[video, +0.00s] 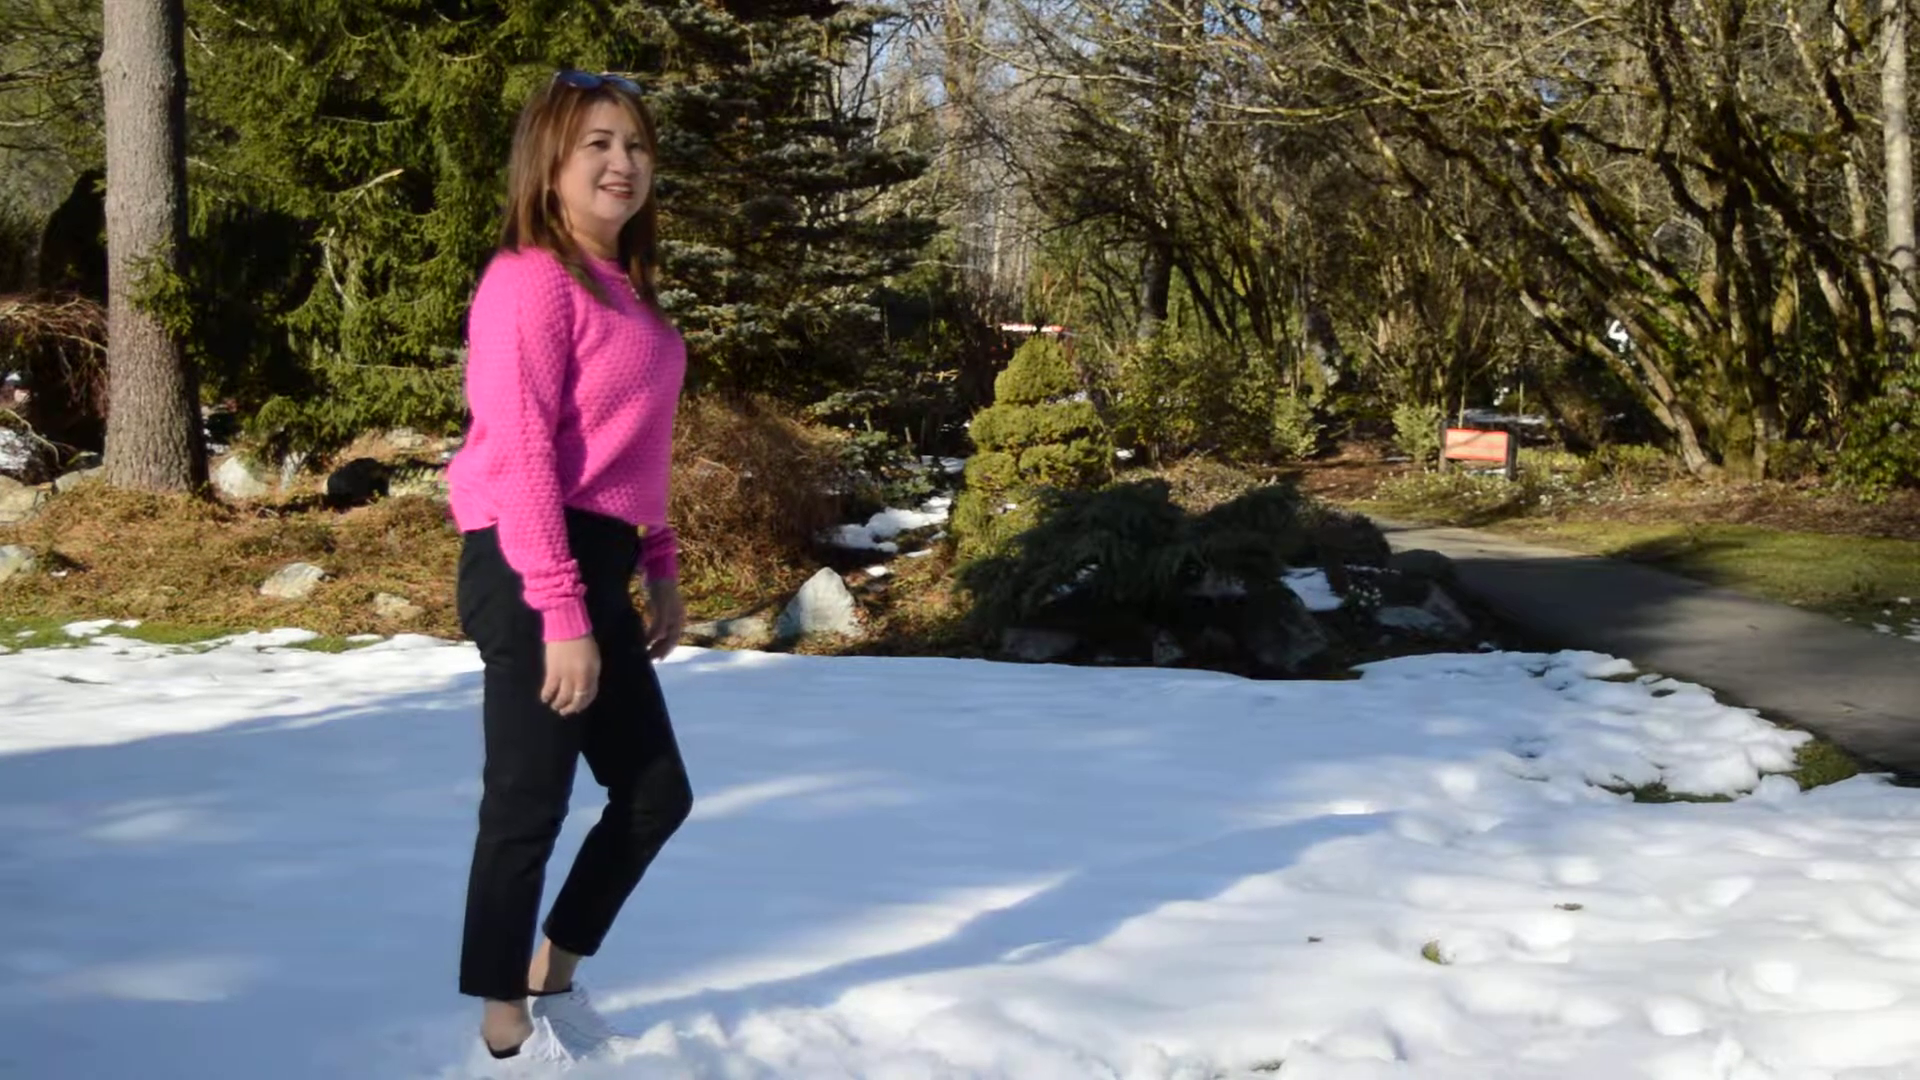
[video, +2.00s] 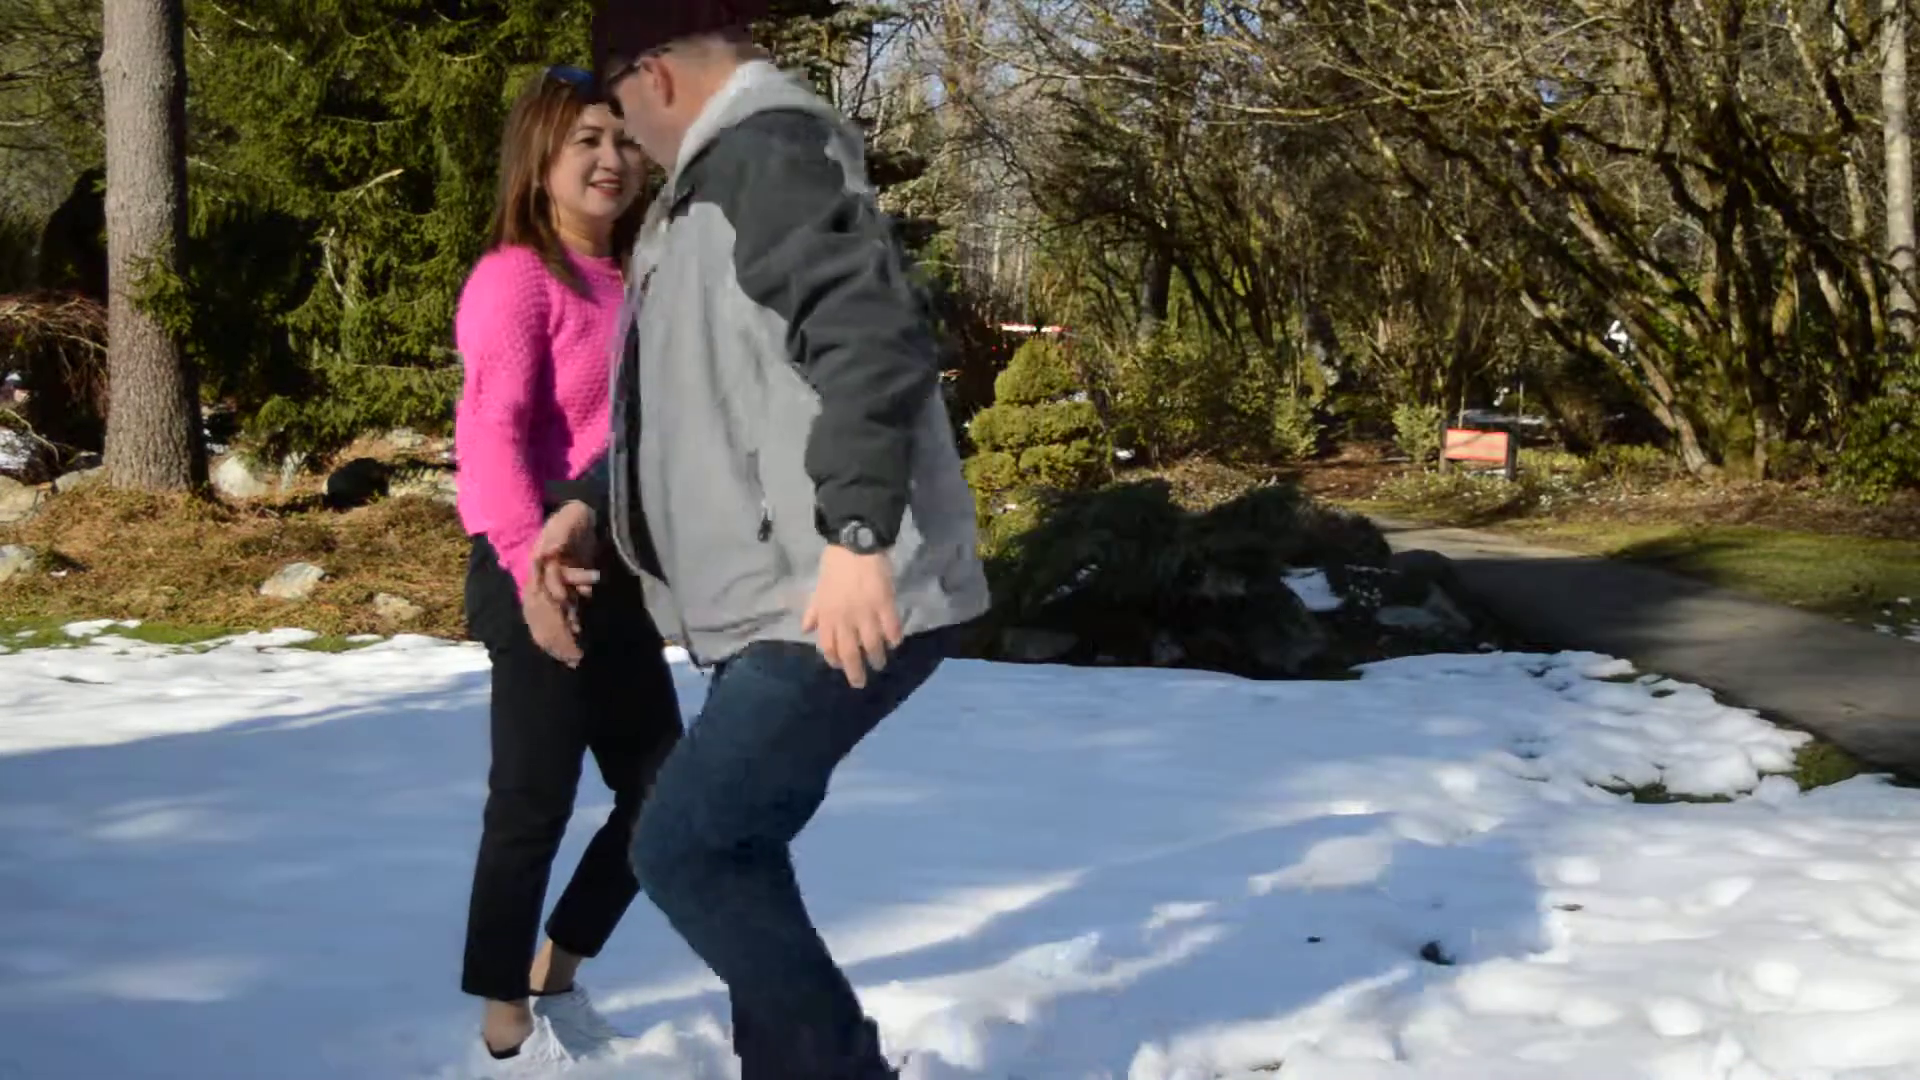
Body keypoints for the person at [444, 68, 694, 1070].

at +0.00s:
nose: (623, 163)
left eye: (636, 146)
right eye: (599, 143)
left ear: (650, 170)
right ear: (550, 162)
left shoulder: (620, 291)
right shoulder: (526, 280)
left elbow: (629, 449)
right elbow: (521, 454)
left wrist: (659, 569)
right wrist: (562, 611)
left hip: (595, 558)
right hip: (524, 553)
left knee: (656, 794)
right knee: (526, 801)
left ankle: (549, 977)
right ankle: (501, 1039)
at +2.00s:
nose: (610, 159)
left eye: (622, 142)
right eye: (587, 141)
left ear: (638, 162)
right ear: (539, 161)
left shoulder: (630, 280)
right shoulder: (511, 278)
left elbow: (654, 422)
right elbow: (489, 439)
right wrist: (529, 574)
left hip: (612, 562)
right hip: (530, 564)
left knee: (658, 790)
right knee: (530, 805)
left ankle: (551, 976)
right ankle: (501, 1036)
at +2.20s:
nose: (602, 174)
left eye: (607, 157)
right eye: (584, 159)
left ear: (615, 169)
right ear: (543, 172)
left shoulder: (642, 269)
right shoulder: (514, 270)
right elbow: (453, 369)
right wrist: (420, 456)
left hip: (631, 549)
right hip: (528, 549)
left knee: (642, 769)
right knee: (530, 788)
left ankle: (582, 962)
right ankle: (506, 1031)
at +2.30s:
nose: (575, 179)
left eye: (581, 163)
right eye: (563, 164)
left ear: (603, 157)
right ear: (540, 174)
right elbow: (428, 398)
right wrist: (408, 344)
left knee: (681, 767)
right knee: (533, 774)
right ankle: (506, 1006)